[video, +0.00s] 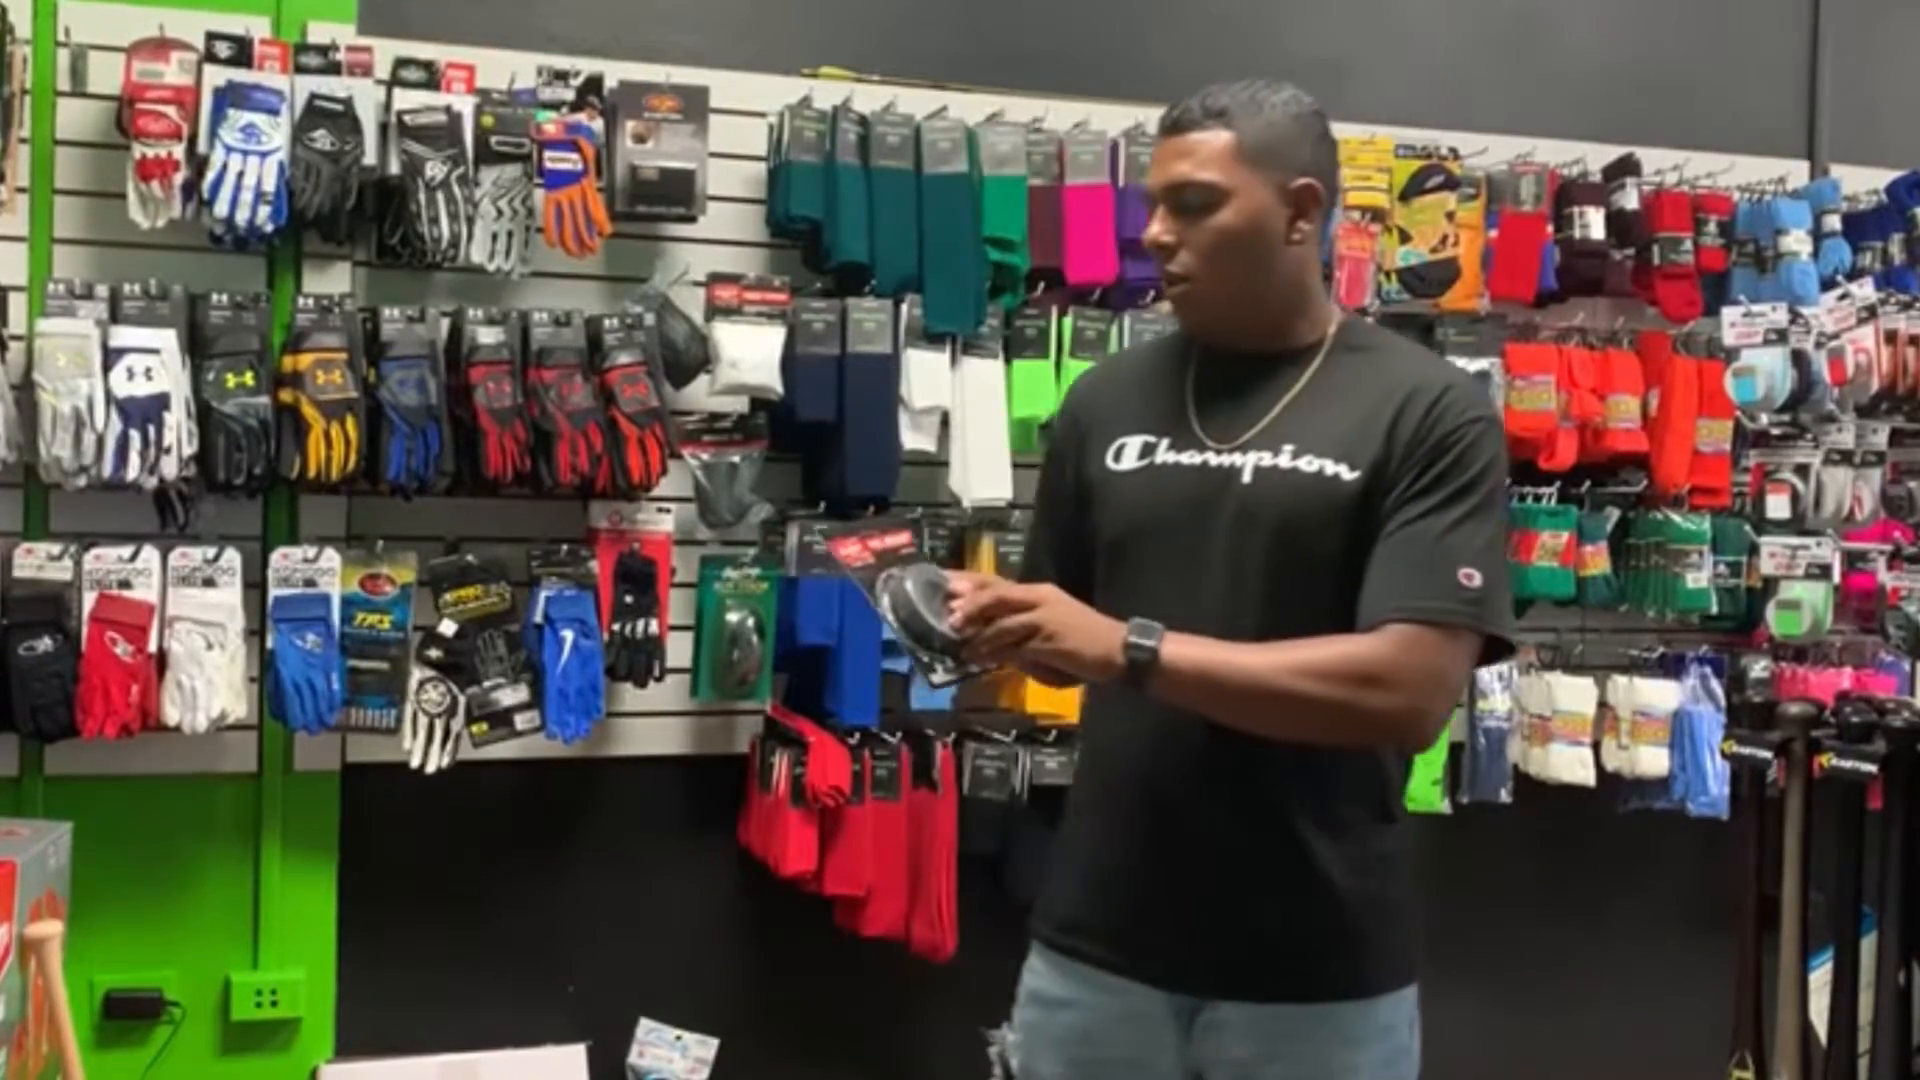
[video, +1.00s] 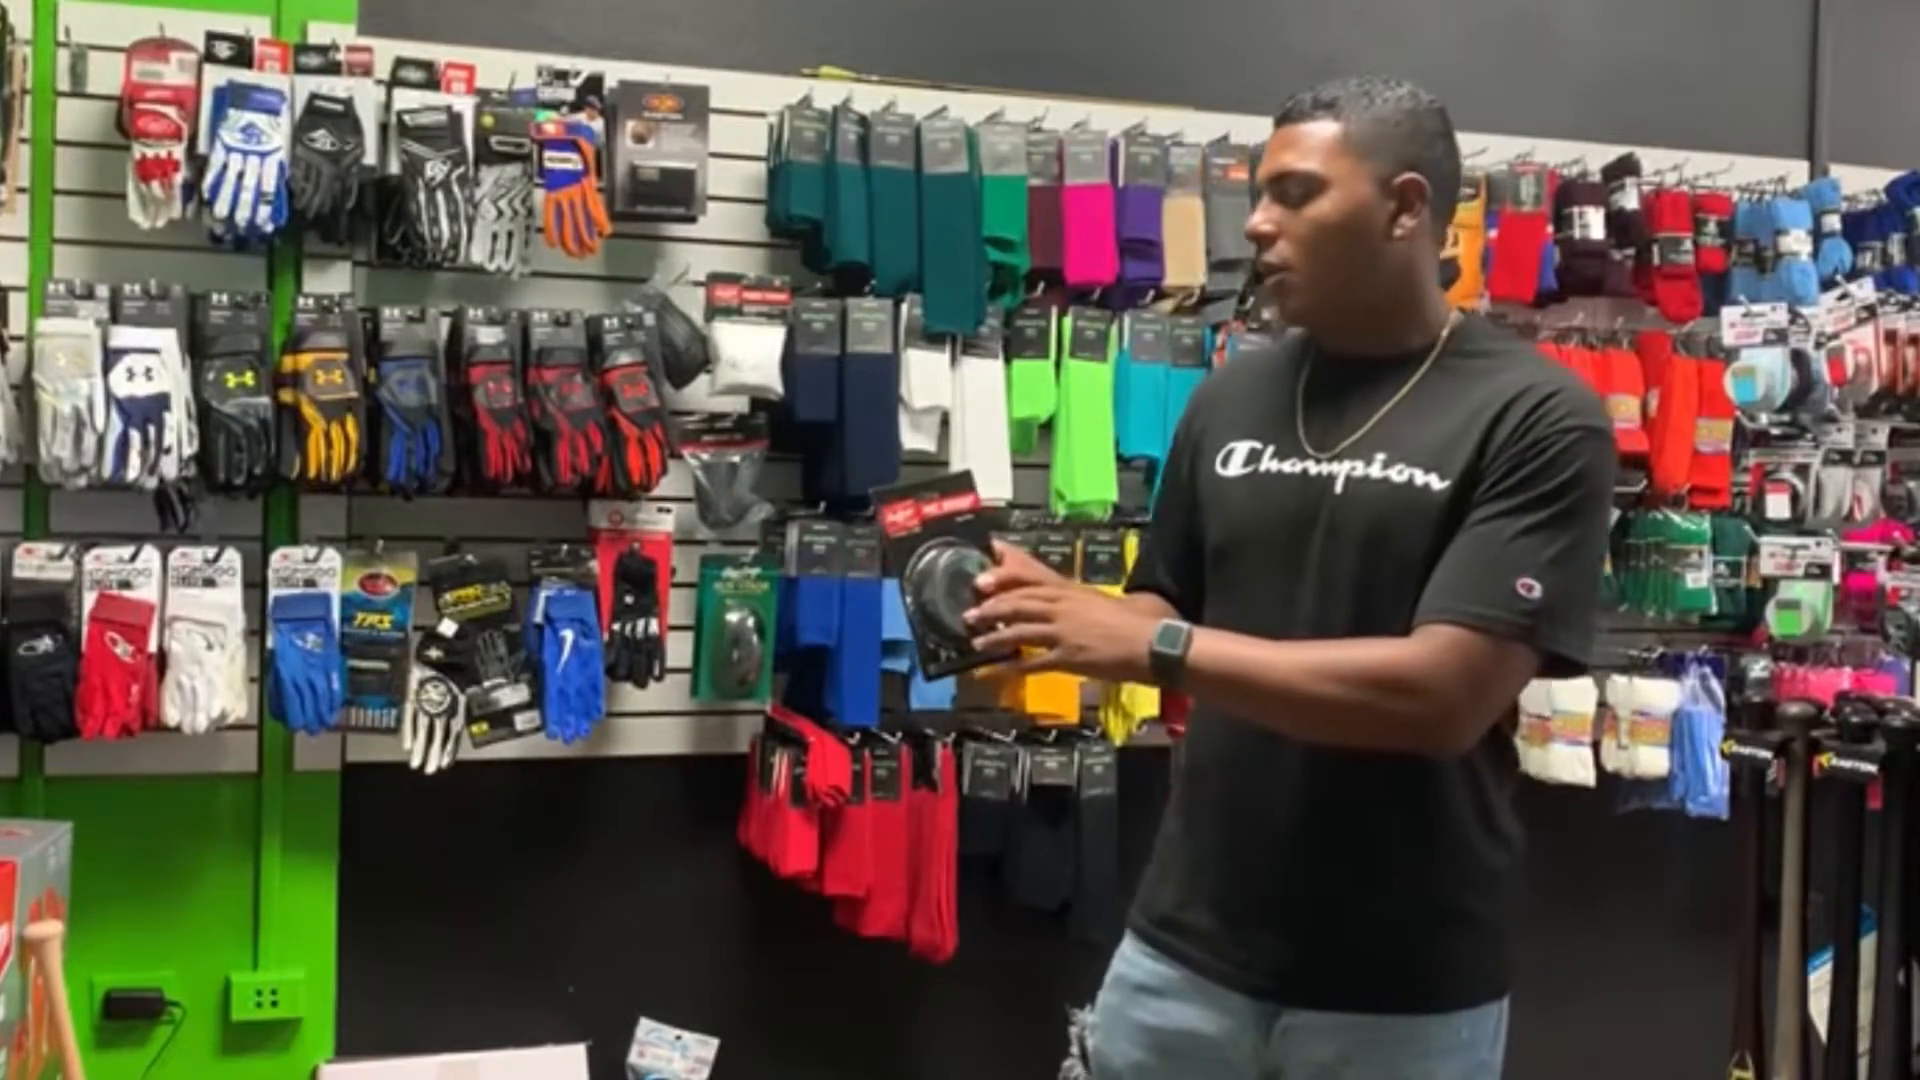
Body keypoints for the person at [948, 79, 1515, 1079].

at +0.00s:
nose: (1154, 236)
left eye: (1192, 205)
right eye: (1153, 207)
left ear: (1303, 210)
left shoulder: (1428, 410)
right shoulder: (1101, 402)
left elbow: (1411, 692)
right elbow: (1068, 641)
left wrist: (1126, 648)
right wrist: (1001, 624)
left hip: (1320, 973)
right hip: (1098, 950)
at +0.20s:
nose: (1214, 237)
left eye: (1251, 202)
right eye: (1210, 207)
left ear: (1365, 212)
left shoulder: (1495, 417)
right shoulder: (1167, 404)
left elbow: (1459, 702)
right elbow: (1122, 628)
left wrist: (1165, 655)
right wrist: (1044, 626)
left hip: (1377, 984)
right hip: (1153, 957)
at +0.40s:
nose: (1256, 230)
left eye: (1296, 198)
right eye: (1256, 200)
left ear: (1411, 214)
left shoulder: (1540, 421)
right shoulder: (1213, 397)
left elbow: (1485, 706)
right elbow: (1160, 622)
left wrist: (1193, 653)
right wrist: (1076, 619)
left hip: (1410, 988)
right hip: (1187, 958)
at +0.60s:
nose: (1276, 227)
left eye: (1317, 196)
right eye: (1275, 197)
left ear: (1432, 215)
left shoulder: (1562, 423)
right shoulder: (1235, 395)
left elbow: (1486, 703)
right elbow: (1172, 624)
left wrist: (1194, 650)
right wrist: (1077, 622)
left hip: (1423, 989)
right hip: (1203, 958)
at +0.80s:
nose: (1278, 226)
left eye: (1317, 194)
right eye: (1278, 195)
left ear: (1432, 210)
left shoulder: (1562, 423)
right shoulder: (1239, 395)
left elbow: (1473, 699)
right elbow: (1173, 607)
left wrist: (1179, 650)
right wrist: (1065, 621)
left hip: (1420, 988)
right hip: (1202, 957)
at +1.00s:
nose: (1258, 226)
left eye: (1294, 193)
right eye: (1259, 195)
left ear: (1407, 208)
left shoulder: (1539, 418)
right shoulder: (1227, 396)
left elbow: (1442, 698)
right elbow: (1164, 605)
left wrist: (1157, 645)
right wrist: (1055, 618)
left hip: (1404, 991)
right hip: (1184, 958)